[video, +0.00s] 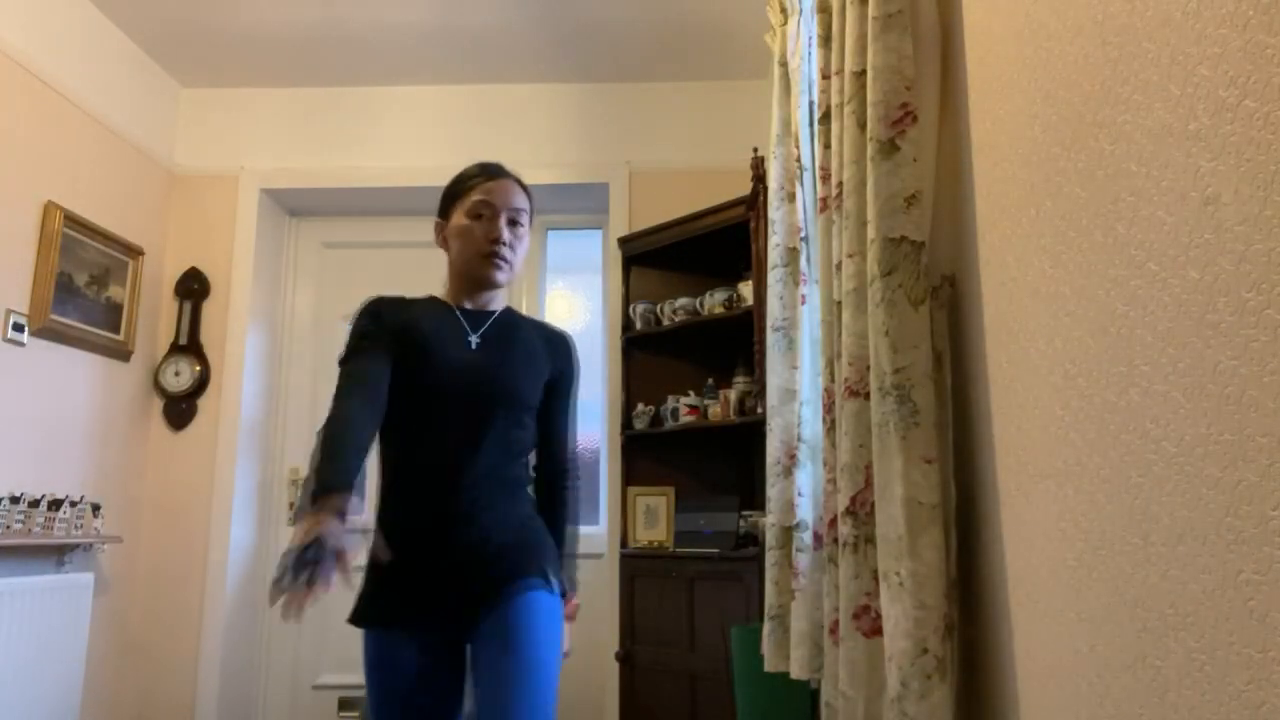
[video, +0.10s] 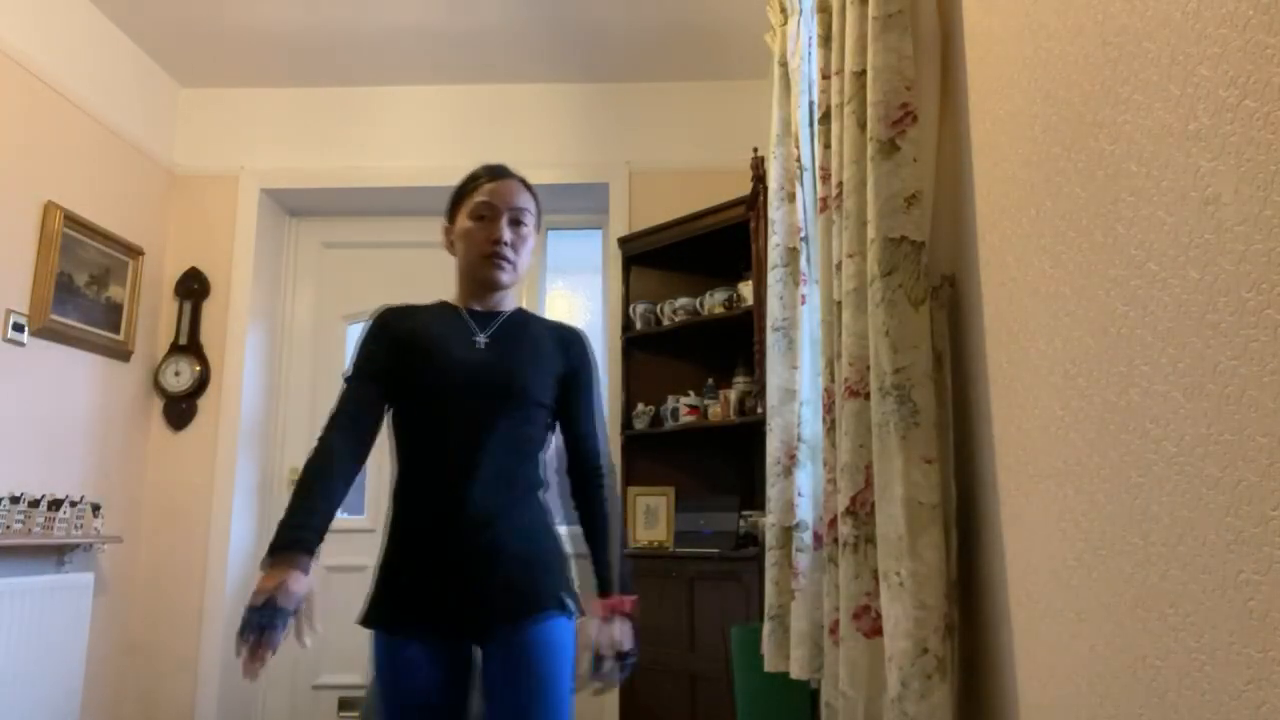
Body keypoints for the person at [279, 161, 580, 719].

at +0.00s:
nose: (501, 232)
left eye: (516, 222)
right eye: (482, 215)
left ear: (529, 244)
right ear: (442, 232)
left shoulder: (551, 348)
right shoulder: (390, 319)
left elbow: (556, 473)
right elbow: (353, 413)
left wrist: (561, 577)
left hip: (514, 575)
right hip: (408, 574)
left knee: (519, 712)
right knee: (404, 711)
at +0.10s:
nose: (502, 233)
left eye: (519, 222)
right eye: (484, 216)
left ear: (536, 245)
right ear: (449, 235)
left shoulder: (563, 348)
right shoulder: (400, 330)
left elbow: (591, 477)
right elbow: (342, 448)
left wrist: (613, 598)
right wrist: (289, 559)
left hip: (529, 600)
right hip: (416, 596)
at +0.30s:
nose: (522, 241)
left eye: (540, 227)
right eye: (506, 225)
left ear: (565, 249)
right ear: (479, 242)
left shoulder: (601, 345)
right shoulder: (438, 339)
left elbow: (656, 431)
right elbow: (367, 469)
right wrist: (297, 585)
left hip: (571, 603)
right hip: (461, 602)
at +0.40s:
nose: (532, 246)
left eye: (550, 231)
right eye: (516, 230)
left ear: (579, 248)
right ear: (495, 246)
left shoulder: (616, 342)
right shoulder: (458, 345)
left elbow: (675, 389)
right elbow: (395, 471)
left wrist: (702, 410)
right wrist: (328, 590)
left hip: (589, 595)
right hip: (482, 591)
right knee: (471, 712)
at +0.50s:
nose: (537, 247)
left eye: (557, 231)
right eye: (522, 231)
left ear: (590, 248)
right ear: (505, 245)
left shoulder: (621, 336)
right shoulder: (473, 344)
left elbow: (685, 373)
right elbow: (425, 471)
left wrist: (664, 352)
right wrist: (369, 596)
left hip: (591, 555)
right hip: (495, 547)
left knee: (601, 709)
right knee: (496, 646)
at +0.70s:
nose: (534, 253)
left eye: (550, 241)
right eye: (523, 240)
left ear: (578, 257)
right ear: (509, 258)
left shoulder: (627, 348)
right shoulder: (480, 361)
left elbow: (629, 326)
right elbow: (462, 483)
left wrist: (595, 275)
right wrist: (444, 607)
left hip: (596, 589)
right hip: (493, 587)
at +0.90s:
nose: (542, 249)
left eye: (562, 232)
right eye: (528, 234)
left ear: (601, 250)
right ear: (513, 250)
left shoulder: (629, 340)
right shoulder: (481, 353)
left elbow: (653, 331)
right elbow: (468, 483)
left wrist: (649, 280)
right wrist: (458, 603)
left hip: (598, 593)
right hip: (499, 593)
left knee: (604, 710)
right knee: (493, 712)